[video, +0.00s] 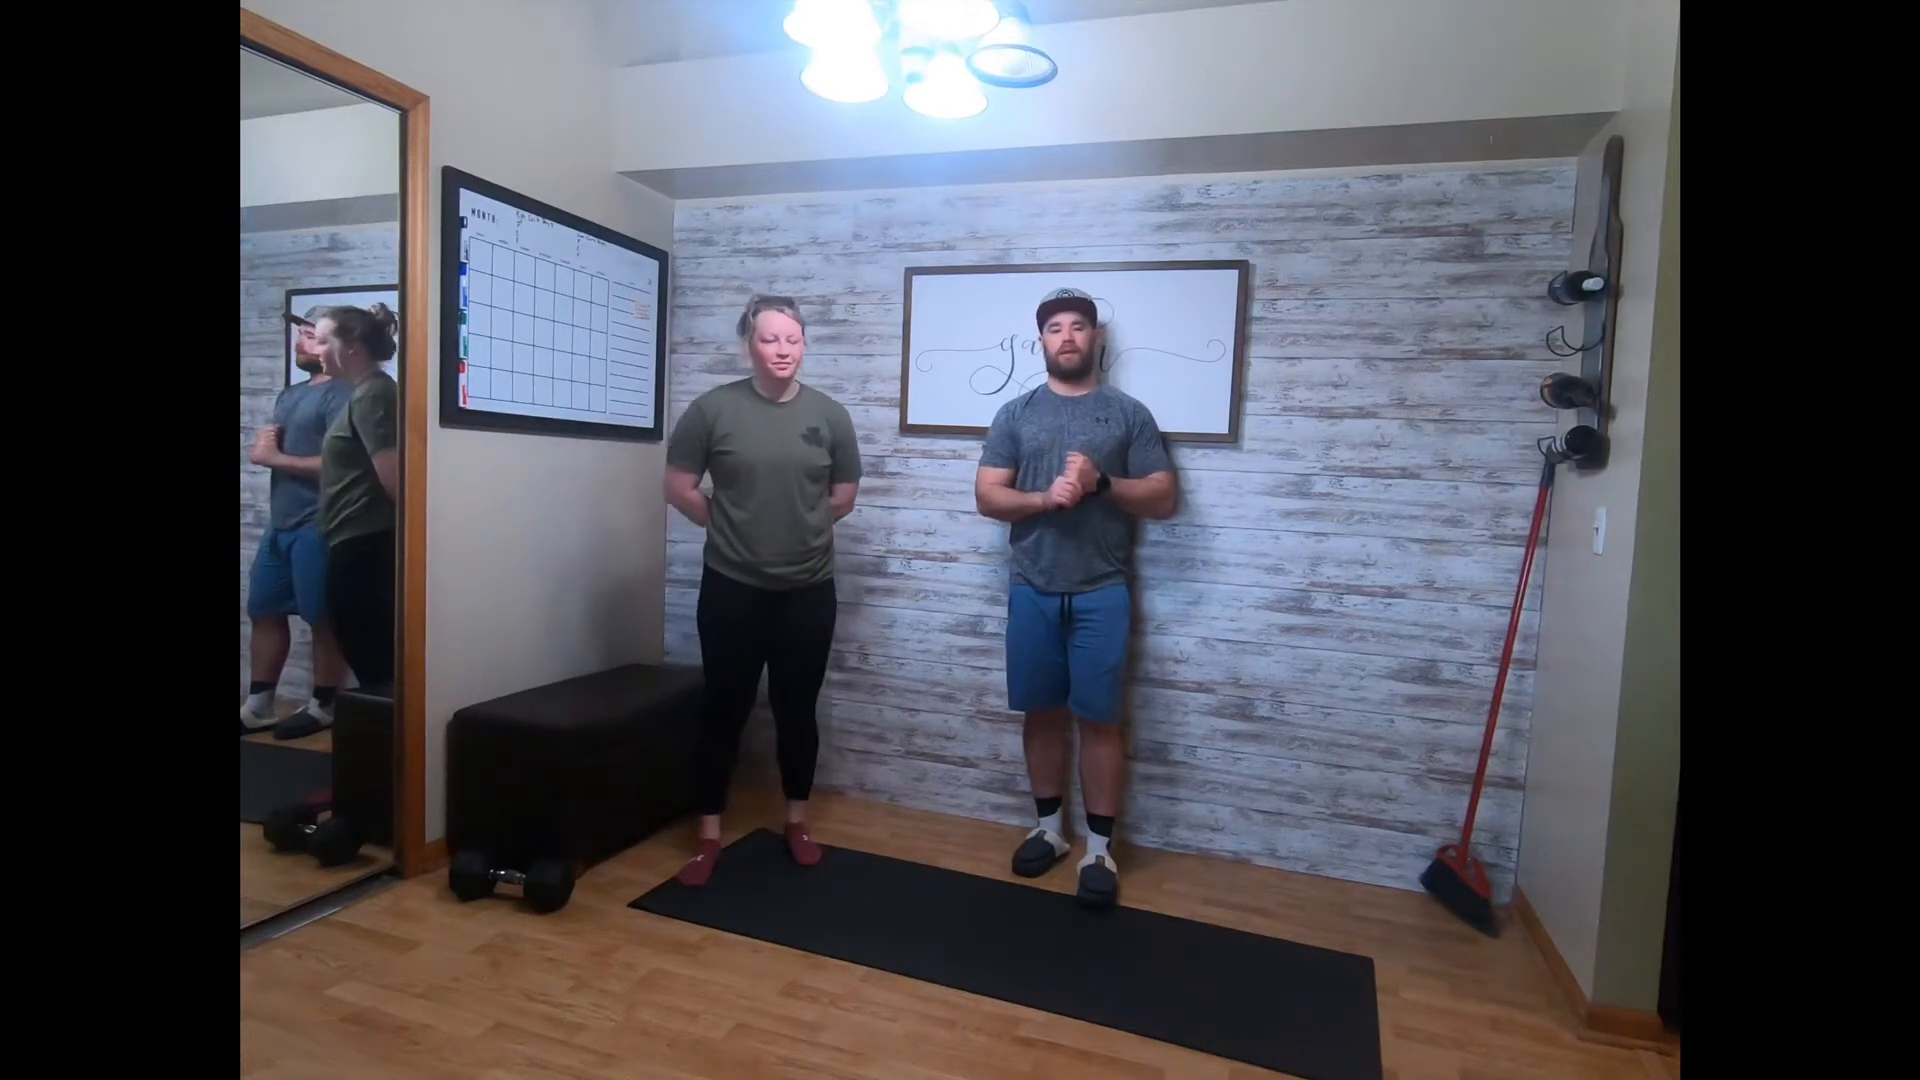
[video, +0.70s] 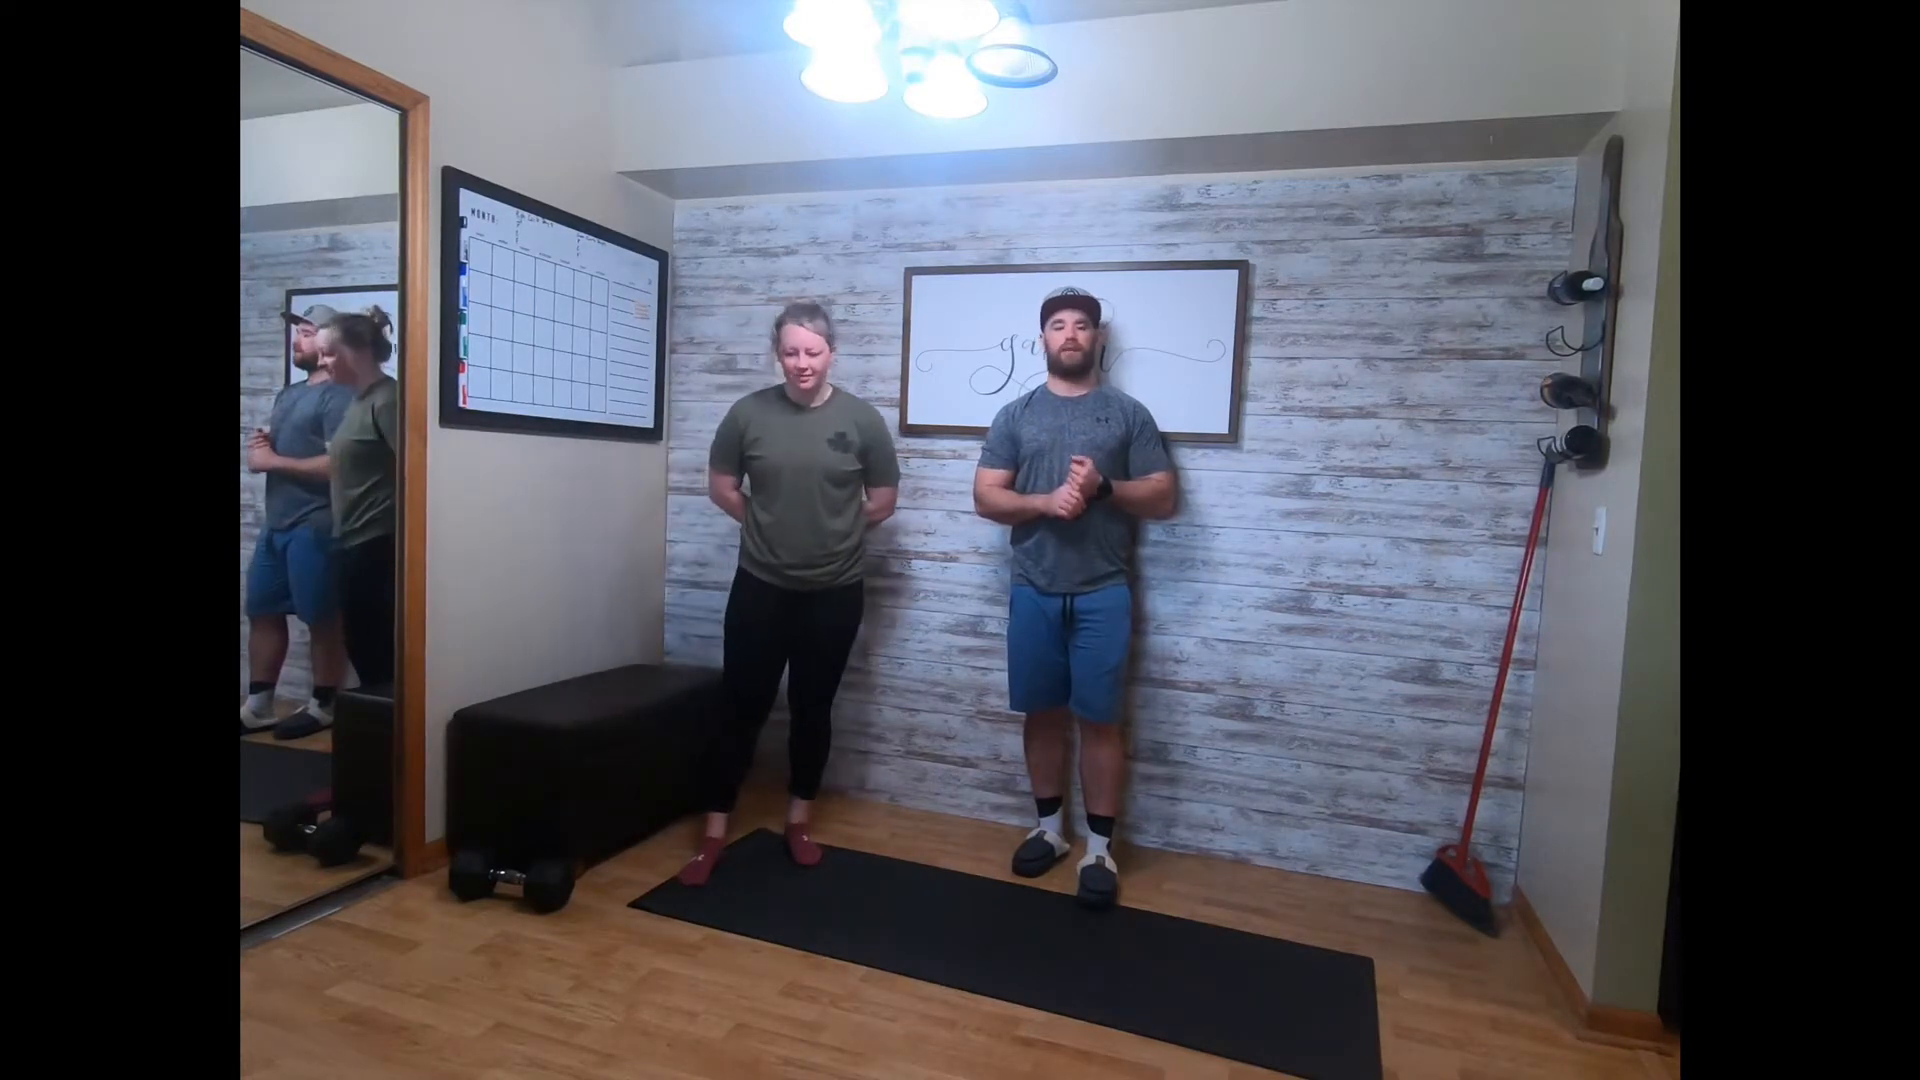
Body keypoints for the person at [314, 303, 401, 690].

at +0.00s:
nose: (318, 351)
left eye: (324, 341)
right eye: (319, 342)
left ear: (351, 346)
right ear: (353, 346)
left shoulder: (374, 396)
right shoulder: (364, 394)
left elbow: (397, 483)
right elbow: (392, 479)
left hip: (365, 541)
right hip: (357, 538)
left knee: (366, 647)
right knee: (367, 646)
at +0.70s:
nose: (326, 365)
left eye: (330, 354)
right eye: (324, 357)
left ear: (357, 351)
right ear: (358, 353)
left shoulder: (388, 400)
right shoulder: (360, 401)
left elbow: (414, 472)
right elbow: (355, 468)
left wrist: (411, 538)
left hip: (380, 544)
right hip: (356, 543)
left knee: (374, 647)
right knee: (363, 645)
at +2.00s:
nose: (297, 343)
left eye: (305, 334)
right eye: (299, 334)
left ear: (328, 340)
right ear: (350, 342)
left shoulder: (333, 391)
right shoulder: (381, 393)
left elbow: (349, 473)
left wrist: (400, 508)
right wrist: (405, 508)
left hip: (340, 543)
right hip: (378, 539)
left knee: (352, 655)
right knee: (376, 650)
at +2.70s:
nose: (314, 343)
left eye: (322, 335)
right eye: (316, 334)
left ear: (350, 344)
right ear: (352, 345)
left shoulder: (364, 394)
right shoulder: (364, 391)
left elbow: (382, 477)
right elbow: (384, 474)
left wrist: (416, 514)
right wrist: (416, 513)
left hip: (358, 540)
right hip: (360, 537)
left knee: (361, 650)